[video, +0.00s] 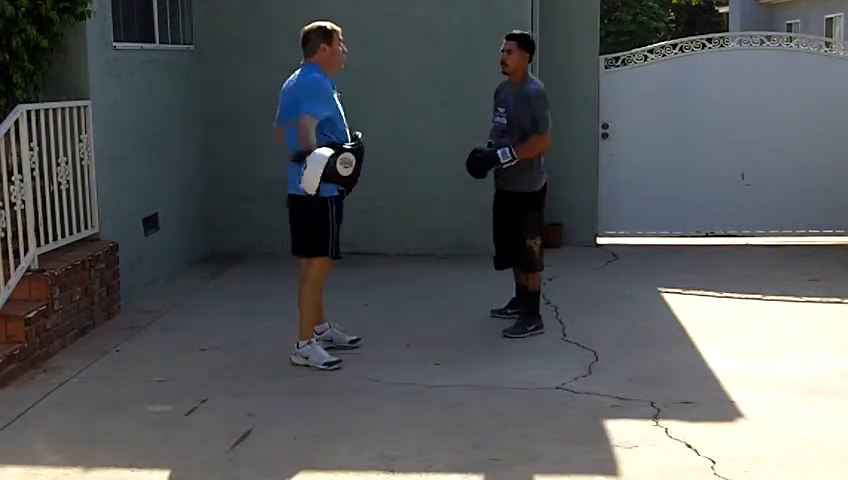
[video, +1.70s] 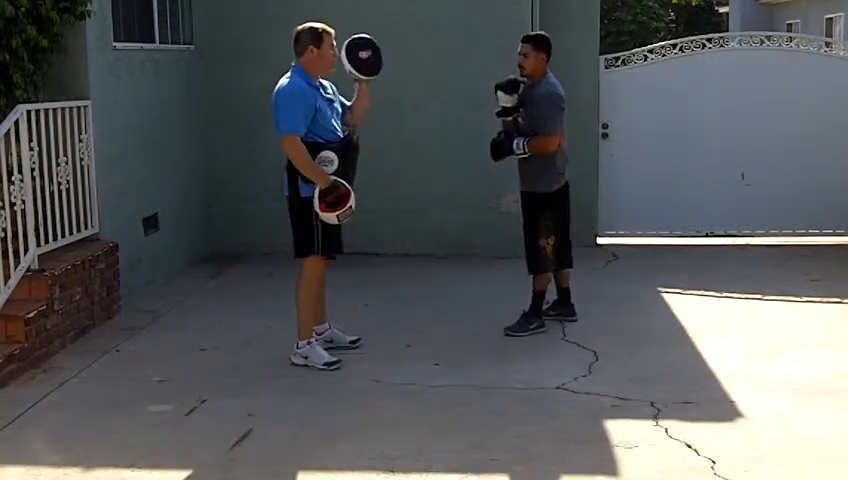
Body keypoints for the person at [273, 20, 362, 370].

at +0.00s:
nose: (345, 52)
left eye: (343, 46)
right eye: (341, 46)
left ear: (313, 50)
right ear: (325, 48)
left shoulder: (294, 82)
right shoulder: (316, 81)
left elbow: (282, 131)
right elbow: (306, 127)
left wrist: (303, 154)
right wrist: (317, 159)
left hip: (306, 190)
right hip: (318, 192)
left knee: (314, 261)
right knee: (319, 262)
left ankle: (318, 329)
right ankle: (305, 344)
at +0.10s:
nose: (343, 52)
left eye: (342, 46)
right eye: (339, 46)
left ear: (311, 51)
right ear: (322, 49)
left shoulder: (289, 84)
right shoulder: (321, 79)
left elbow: (274, 134)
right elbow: (328, 113)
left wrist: (306, 153)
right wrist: (355, 130)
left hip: (301, 187)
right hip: (320, 188)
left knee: (312, 261)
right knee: (319, 262)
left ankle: (318, 329)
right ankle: (305, 344)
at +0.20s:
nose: (341, 51)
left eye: (340, 45)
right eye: (337, 46)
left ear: (309, 52)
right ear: (319, 49)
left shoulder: (285, 86)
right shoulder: (323, 78)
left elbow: (273, 138)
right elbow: (351, 100)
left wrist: (312, 150)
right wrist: (395, 104)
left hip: (300, 188)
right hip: (322, 188)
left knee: (312, 261)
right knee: (321, 262)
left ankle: (320, 328)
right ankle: (305, 345)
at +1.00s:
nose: (343, 53)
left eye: (342, 47)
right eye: (339, 47)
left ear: (314, 52)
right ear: (319, 50)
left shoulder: (291, 85)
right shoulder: (323, 85)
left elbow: (282, 140)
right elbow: (346, 135)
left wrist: (325, 147)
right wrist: (381, 155)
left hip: (305, 187)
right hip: (320, 190)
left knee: (317, 260)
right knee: (318, 262)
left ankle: (320, 329)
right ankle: (305, 345)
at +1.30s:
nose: (343, 56)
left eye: (342, 50)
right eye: (338, 49)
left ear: (318, 53)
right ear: (318, 52)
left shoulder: (314, 84)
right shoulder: (303, 88)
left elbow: (324, 136)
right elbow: (307, 144)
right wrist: (340, 179)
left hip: (320, 187)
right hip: (310, 190)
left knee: (321, 260)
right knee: (314, 262)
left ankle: (318, 329)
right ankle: (305, 344)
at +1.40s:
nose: (342, 56)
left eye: (341, 49)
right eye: (338, 49)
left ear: (317, 53)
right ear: (317, 52)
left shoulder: (313, 84)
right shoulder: (299, 88)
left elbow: (322, 133)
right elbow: (299, 142)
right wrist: (329, 181)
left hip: (321, 188)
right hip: (308, 191)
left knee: (321, 260)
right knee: (314, 262)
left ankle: (319, 329)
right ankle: (305, 345)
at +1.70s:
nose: (336, 53)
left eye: (336, 47)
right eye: (331, 47)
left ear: (314, 52)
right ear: (312, 52)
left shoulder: (320, 84)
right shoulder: (292, 89)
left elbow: (350, 121)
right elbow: (291, 144)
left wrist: (363, 83)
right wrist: (325, 182)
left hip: (325, 186)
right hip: (306, 190)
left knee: (321, 259)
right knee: (313, 260)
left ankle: (319, 330)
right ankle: (304, 344)